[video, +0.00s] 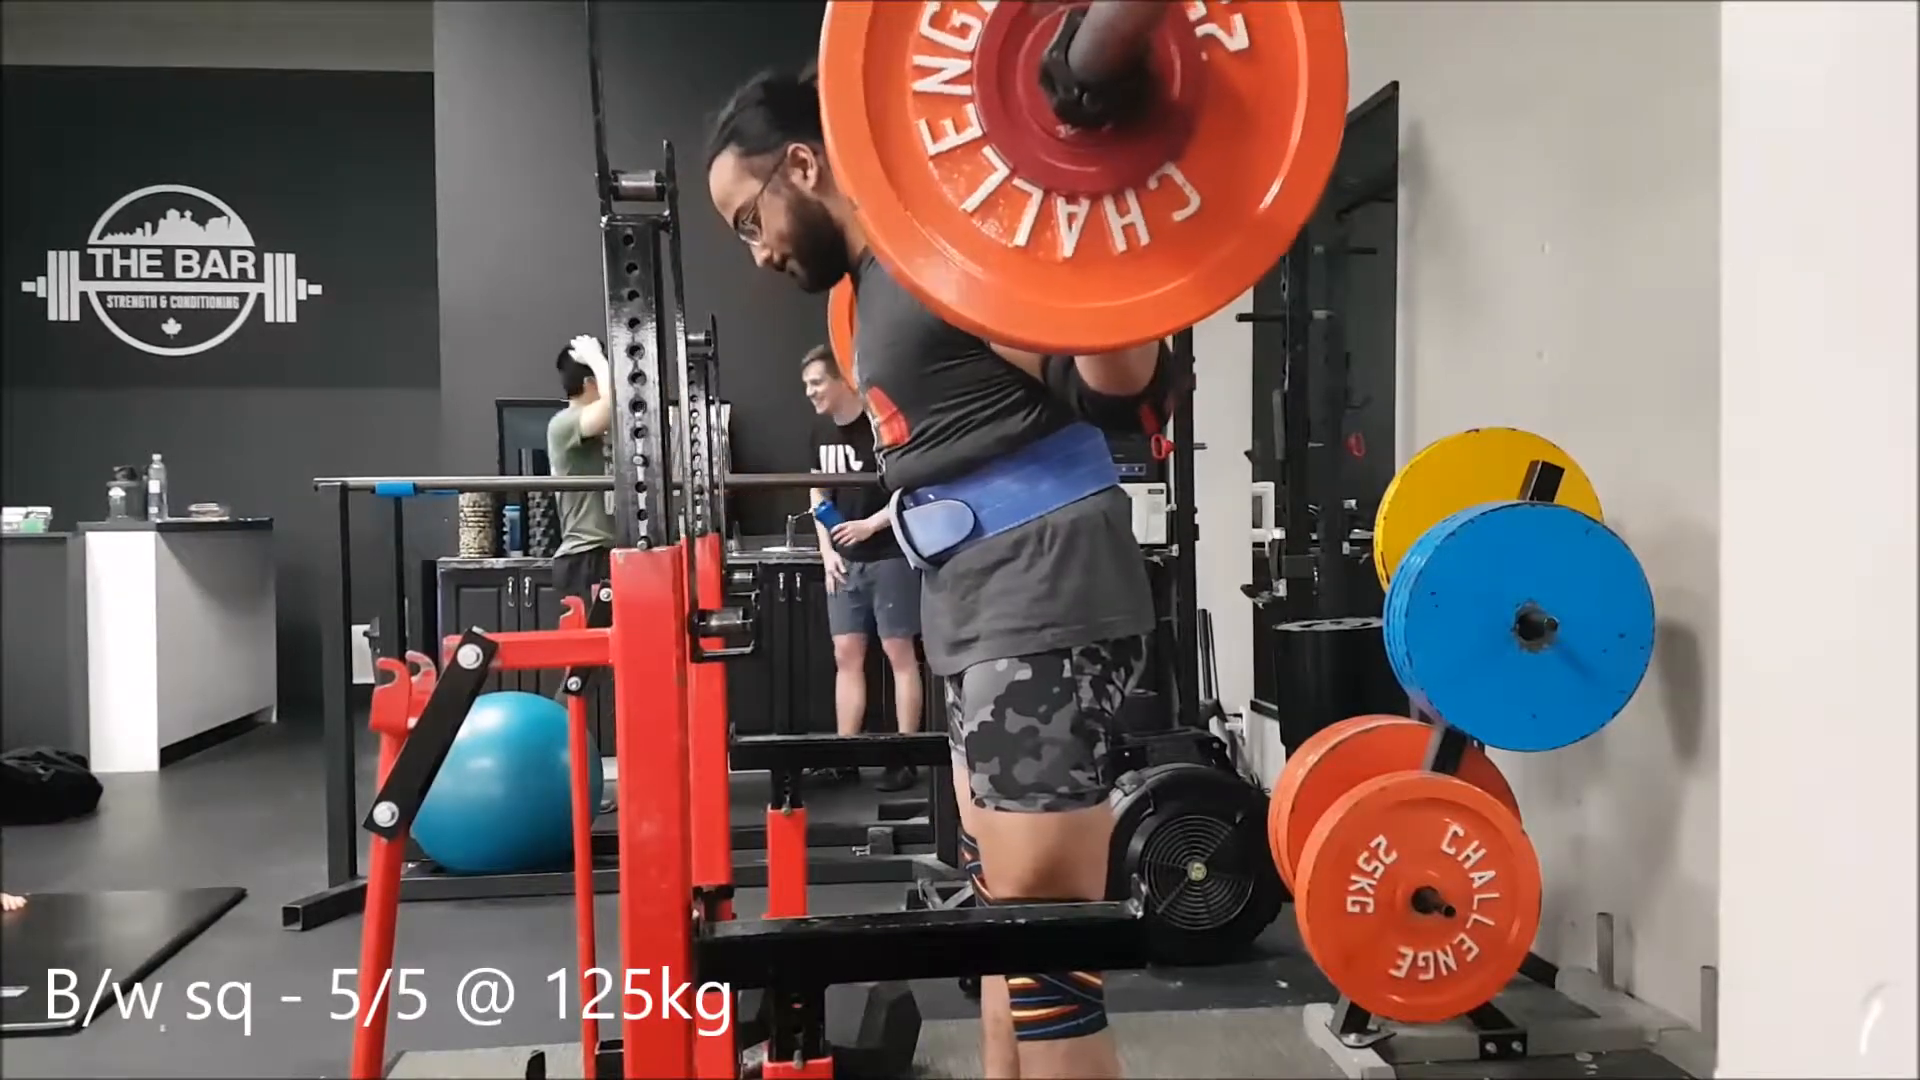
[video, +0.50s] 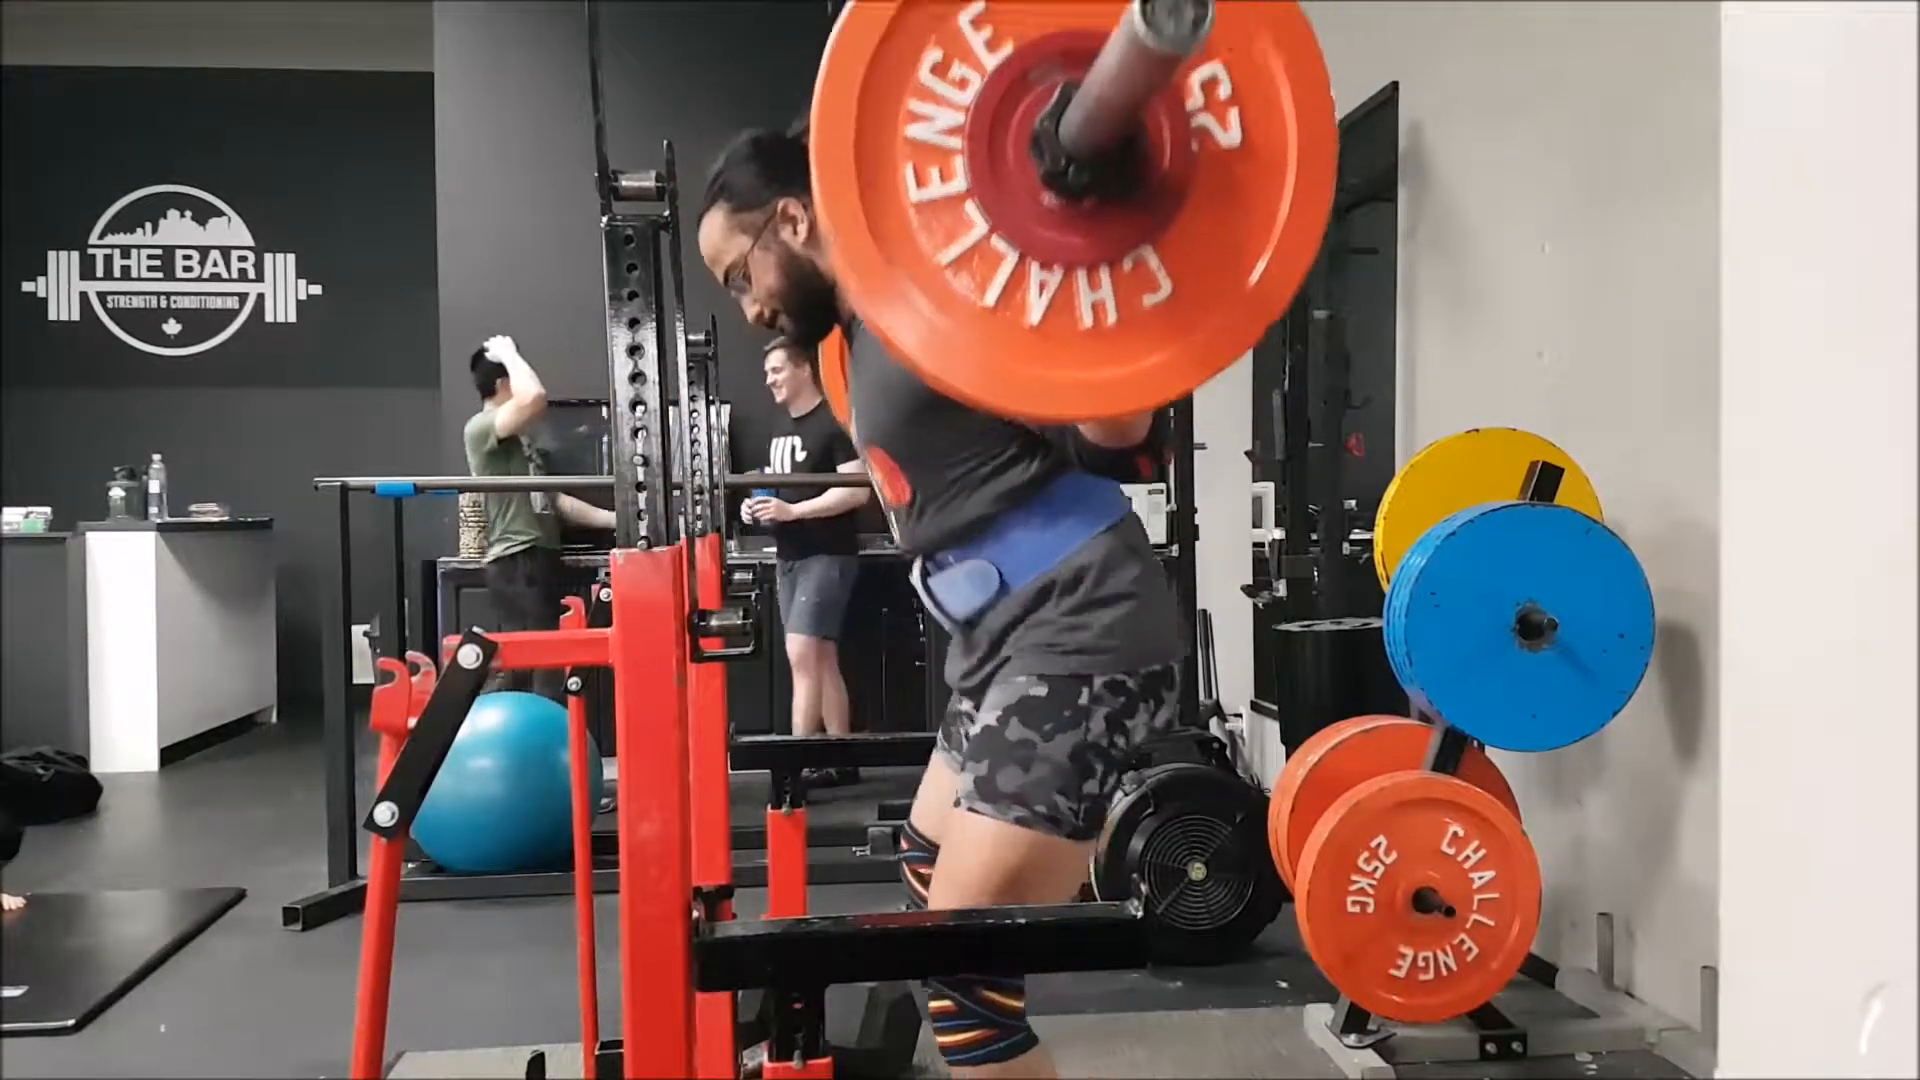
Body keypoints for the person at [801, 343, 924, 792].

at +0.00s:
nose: (811, 392)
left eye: (818, 383)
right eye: (807, 386)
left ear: (846, 380)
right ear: (811, 389)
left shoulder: (888, 427)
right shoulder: (823, 434)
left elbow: (915, 490)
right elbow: (819, 499)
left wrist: (872, 523)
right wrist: (827, 552)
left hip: (890, 556)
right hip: (844, 559)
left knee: (899, 652)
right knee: (846, 652)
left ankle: (905, 756)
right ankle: (845, 755)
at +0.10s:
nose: (801, 387)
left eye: (808, 377)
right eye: (797, 380)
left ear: (836, 374)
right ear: (801, 385)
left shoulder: (876, 424)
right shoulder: (817, 433)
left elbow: (907, 486)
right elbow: (814, 493)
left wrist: (863, 520)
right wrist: (810, 545)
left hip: (877, 557)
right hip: (831, 559)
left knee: (886, 653)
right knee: (840, 654)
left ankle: (902, 756)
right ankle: (843, 756)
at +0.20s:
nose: (793, 384)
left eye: (800, 374)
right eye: (789, 377)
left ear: (827, 372)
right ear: (795, 380)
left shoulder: (866, 422)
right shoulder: (809, 428)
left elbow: (895, 484)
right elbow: (803, 493)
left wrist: (847, 518)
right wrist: (791, 540)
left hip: (863, 559)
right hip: (818, 560)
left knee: (863, 655)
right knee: (831, 656)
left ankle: (896, 754)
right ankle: (841, 756)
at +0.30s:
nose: (786, 382)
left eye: (793, 373)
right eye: (783, 375)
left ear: (820, 371)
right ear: (789, 378)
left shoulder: (857, 421)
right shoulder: (800, 428)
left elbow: (882, 488)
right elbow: (792, 489)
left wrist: (827, 514)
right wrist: (774, 526)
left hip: (851, 556)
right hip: (811, 557)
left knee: (838, 652)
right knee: (825, 657)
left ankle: (876, 749)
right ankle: (840, 753)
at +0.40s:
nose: (778, 380)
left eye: (786, 370)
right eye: (775, 373)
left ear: (814, 370)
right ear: (780, 379)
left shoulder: (846, 420)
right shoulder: (790, 429)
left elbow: (871, 488)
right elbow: (784, 488)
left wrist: (810, 511)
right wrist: (763, 514)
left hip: (840, 552)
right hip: (799, 554)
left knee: (818, 649)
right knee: (815, 656)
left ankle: (841, 759)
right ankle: (835, 759)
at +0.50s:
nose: (770, 380)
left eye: (778, 370)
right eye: (768, 372)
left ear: (805, 370)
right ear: (774, 378)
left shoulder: (833, 423)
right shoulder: (781, 429)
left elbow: (858, 489)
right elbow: (778, 486)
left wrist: (792, 510)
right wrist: (756, 506)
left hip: (827, 552)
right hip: (790, 553)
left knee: (801, 650)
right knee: (821, 657)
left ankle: (801, 760)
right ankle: (841, 755)